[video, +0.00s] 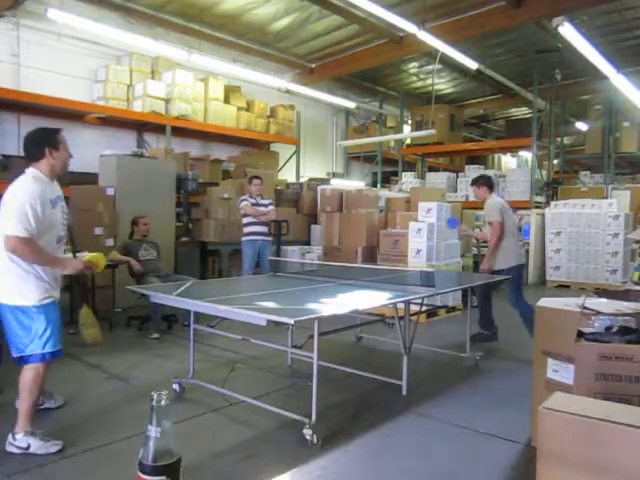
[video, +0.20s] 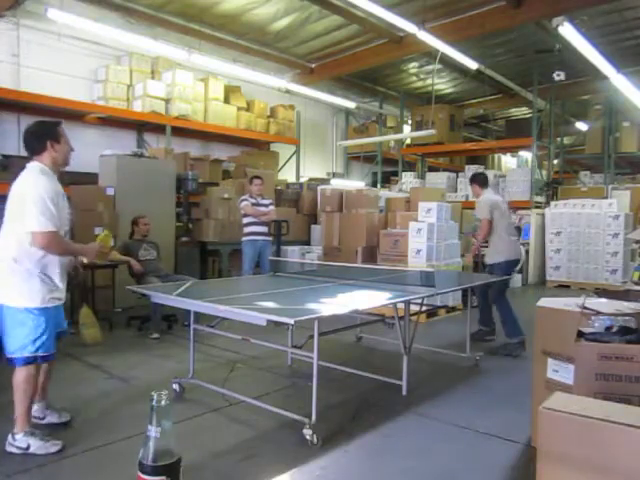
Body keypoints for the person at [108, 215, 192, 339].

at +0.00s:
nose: (147, 228)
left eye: (148, 225)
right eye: (144, 225)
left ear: (149, 227)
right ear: (135, 227)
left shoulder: (154, 245)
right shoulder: (128, 244)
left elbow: (158, 262)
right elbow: (112, 255)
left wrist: (163, 272)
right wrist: (130, 260)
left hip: (162, 275)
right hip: (146, 276)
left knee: (192, 283)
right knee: (158, 292)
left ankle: (188, 320)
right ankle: (154, 329)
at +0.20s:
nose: (148, 228)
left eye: (148, 225)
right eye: (144, 225)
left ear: (149, 227)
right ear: (135, 227)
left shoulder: (154, 245)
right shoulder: (128, 244)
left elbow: (157, 262)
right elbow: (112, 256)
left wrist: (162, 272)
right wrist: (130, 260)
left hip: (162, 275)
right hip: (145, 276)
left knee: (192, 283)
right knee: (159, 291)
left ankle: (188, 321)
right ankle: (154, 329)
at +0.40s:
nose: (148, 227)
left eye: (148, 225)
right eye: (144, 225)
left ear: (149, 227)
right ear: (135, 227)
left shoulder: (153, 244)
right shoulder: (128, 244)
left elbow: (157, 261)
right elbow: (116, 257)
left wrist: (161, 272)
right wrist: (131, 260)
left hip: (162, 274)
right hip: (145, 276)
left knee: (192, 283)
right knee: (158, 291)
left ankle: (189, 320)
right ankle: (155, 329)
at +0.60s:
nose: (145, 227)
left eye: (146, 224)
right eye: (142, 224)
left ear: (148, 226)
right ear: (134, 227)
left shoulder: (154, 245)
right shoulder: (128, 244)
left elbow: (157, 262)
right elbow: (112, 256)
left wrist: (162, 272)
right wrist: (130, 260)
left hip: (160, 273)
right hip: (145, 274)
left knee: (192, 283)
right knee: (159, 290)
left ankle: (188, 320)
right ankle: (155, 329)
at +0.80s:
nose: (141, 227)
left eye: (143, 224)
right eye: (137, 224)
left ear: (146, 226)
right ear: (131, 226)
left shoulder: (152, 244)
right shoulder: (126, 244)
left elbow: (155, 262)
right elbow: (112, 255)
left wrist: (159, 272)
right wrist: (128, 260)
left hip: (160, 274)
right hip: (143, 275)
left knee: (190, 282)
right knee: (159, 290)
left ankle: (187, 320)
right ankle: (154, 329)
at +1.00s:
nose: (140, 226)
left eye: (143, 223)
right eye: (137, 223)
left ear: (146, 225)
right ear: (131, 225)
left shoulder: (152, 244)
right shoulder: (125, 243)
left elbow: (156, 262)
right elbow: (114, 254)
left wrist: (161, 271)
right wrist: (128, 258)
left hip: (159, 273)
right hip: (142, 273)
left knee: (189, 281)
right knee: (160, 288)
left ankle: (186, 319)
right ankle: (154, 328)